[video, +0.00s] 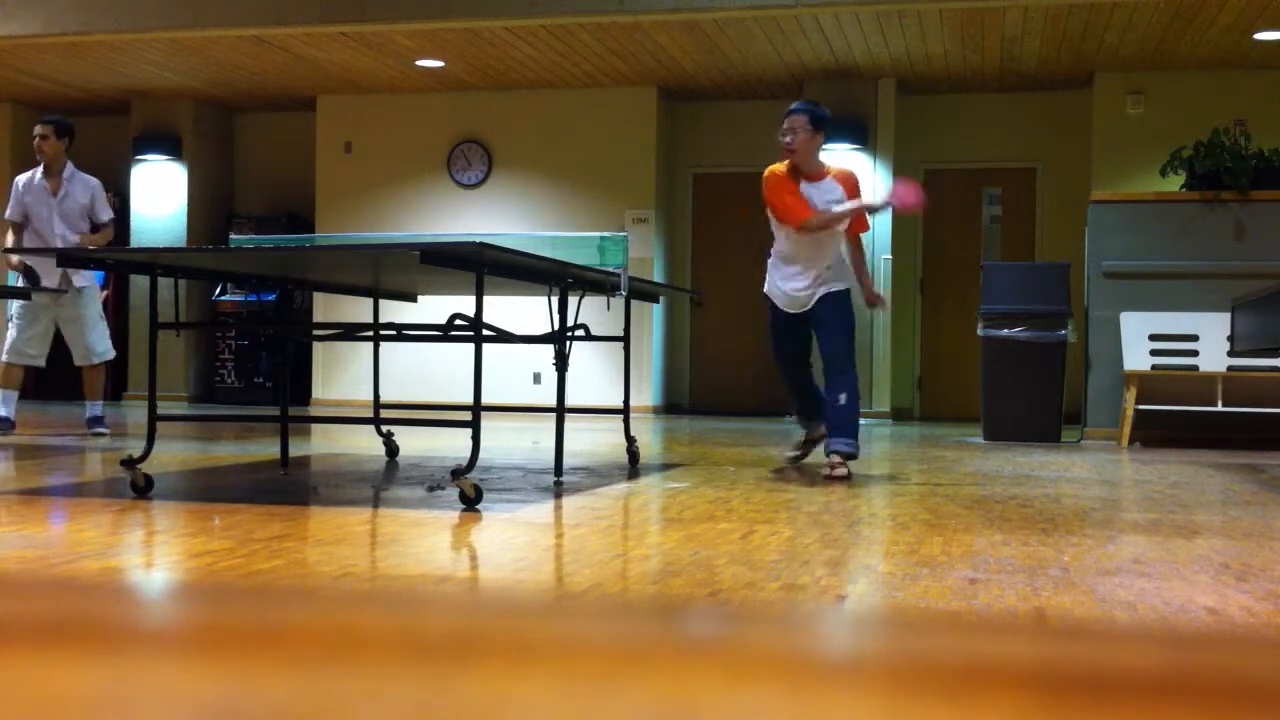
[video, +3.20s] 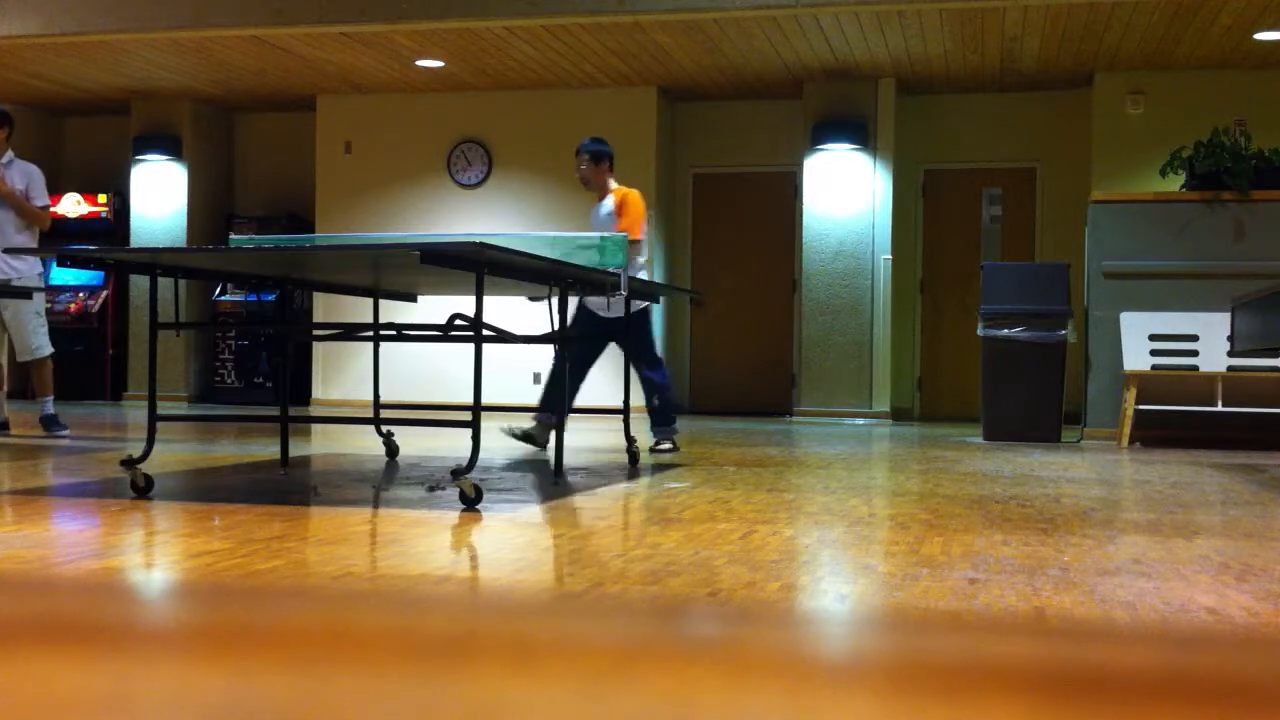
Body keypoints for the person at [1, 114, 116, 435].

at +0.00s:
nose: (37, 143)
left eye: (44, 138)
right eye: (35, 138)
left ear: (64, 142)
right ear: (33, 143)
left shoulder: (90, 186)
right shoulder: (23, 183)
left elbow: (108, 229)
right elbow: (13, 228)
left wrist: (93, 239)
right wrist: (11, 253)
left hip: (79, 283)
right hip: (34, 281)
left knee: (94, 351)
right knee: (15, 351)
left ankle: (95, 416)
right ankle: (6, 415)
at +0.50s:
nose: (1, 151)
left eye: (4, 145)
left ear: (23, 146)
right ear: (6, 149)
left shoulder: (58, 181)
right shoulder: (3, 191)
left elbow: (88, 224)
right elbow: (6, 240)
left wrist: (53, 243)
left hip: (65, 284)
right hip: (20, 284)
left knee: (85, 353)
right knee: (2, 352)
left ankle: (94, 416)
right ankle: (0, 416)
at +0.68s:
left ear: (5, 142)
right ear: (4, 142)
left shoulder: (38, 177)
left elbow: (68, 218)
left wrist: (29, 243)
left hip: (49, 283)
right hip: (7, 283)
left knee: (75, 351)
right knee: (2, 358)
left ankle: (90, 413)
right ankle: (3, 423)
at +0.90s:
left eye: (0, 132)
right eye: (0, 133)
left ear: (5, 135)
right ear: (5, 136)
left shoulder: (29, 171)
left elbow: (58, 213)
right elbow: (54, 213)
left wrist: (19, 234)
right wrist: (20, 236)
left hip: (37, 274)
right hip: (4, 276)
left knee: (59, 346)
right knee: (1, 356)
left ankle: (76, 408)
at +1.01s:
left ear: (5, 134)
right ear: (3, 135)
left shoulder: (31, 171)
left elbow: (55, 216)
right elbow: (50, 216)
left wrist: (14, 232)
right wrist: (14, 234)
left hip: (30, 273)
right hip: (2, 273)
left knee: (47, 344)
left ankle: (66, 406)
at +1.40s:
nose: (6, 131)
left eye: (15, 125)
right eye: (5, 125)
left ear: (34, 132)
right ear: (2, 133)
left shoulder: (56, 176)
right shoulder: (1, 175)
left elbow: (69, 224)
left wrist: (28, 216)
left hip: (39, 274)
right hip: (2, 271)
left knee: (52, 350)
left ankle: (60, 414)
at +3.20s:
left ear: (6, 132)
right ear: (4, 132)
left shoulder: (28, 172)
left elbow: (44, 222)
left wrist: (10, 194)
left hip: (21, 271)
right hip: (3, 270)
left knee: (37, 347)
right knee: (1, 354)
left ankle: (48, 412)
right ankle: (1, 415)